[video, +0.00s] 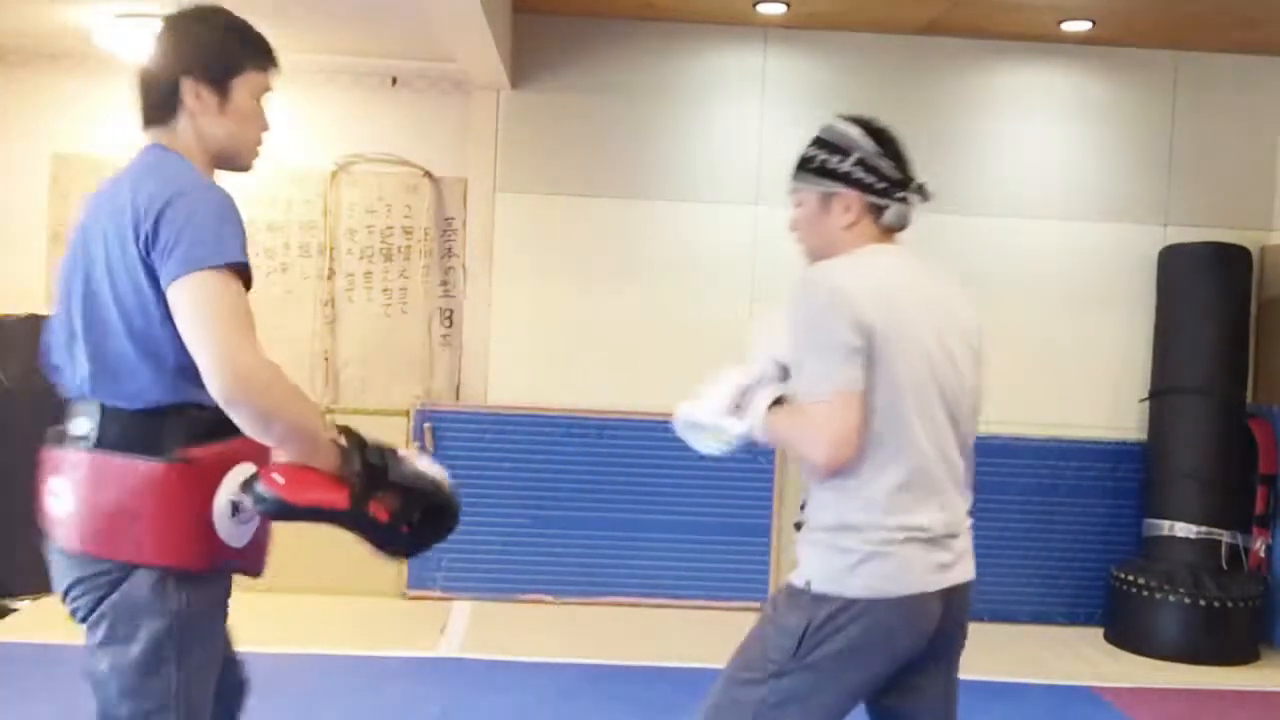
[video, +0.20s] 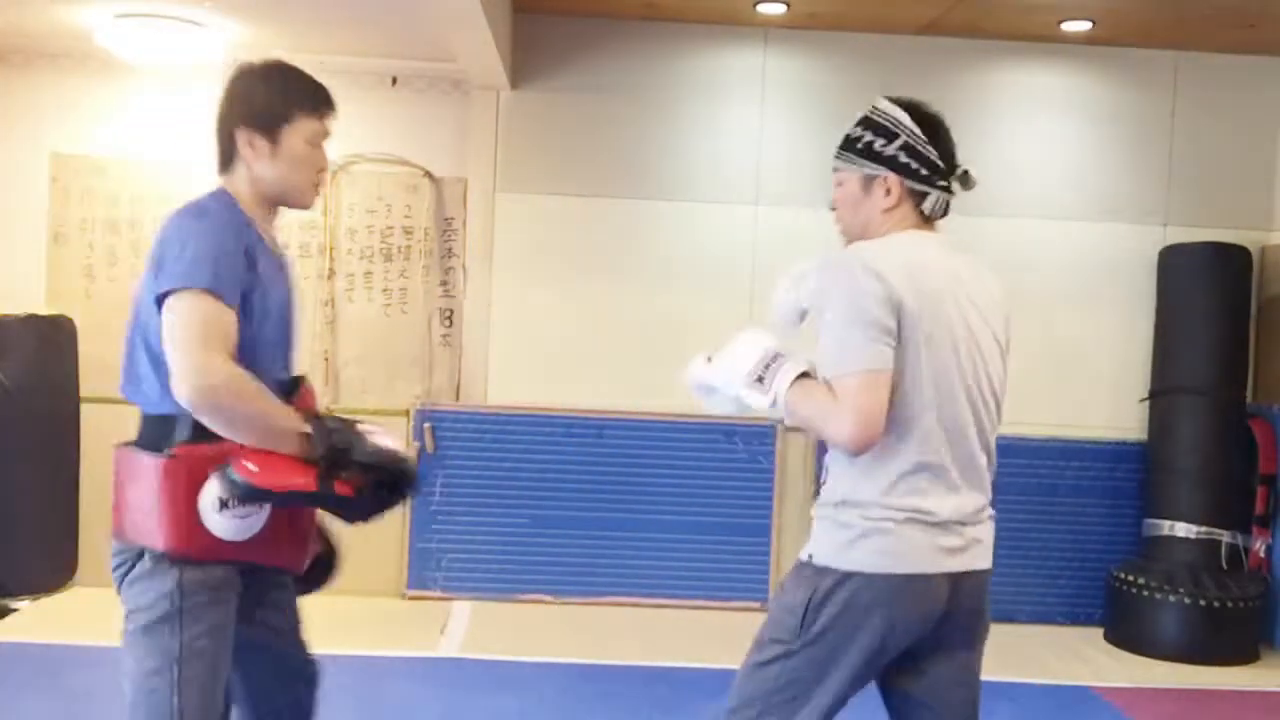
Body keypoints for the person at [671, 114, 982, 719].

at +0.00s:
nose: (791, 220)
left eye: (801, 202)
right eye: (793, 202)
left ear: (847, 206)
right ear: (857, 206)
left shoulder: (832, 286)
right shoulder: (945, 292)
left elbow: (830, 443)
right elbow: (927, 432)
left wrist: (756, 410)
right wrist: (790, 390)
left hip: (851, 597)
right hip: (942, 591)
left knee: (734, 713)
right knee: (920, 713)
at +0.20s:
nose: (831, 199)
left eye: (840, 182)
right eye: (835, 182)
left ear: (887, 188)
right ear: (902, 191)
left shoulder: (862, 270)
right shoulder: (981, 284)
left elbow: (856, 424)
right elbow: (937, 412)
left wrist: (775, 373)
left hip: (863, 576)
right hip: (963, 577)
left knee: (758, 710)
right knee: (945, 714)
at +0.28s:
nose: (831, 200)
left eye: (841, 182)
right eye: (835, 182)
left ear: (887, 191)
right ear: (907, 194)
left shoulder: (863, 273)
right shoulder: (984, 290)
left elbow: (853, 426)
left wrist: (770, 373)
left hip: (861, 580)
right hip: (962, 582)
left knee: (760, 710)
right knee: (944, 713)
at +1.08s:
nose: (699, 210)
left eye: (702, 193)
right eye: (700, 193)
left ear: (729, 198)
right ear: (781, 202)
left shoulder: (749, 291)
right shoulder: (827, 284)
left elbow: (686, 432)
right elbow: (783, 384)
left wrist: (623, 348)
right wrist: (708, 312)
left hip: (737, 566)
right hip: (820, 561)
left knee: (663, 706)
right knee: (772, 705)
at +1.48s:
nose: (660, 203)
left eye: (662, 187)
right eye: (664, 187)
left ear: (678, 195)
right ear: (740, 201)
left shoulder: (666, 286)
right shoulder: (778, 286)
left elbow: (551, 381)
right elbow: (833, 383)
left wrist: (549, 302)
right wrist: (782, 325)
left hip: (635, 535)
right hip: (694, 531)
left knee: (611, 708)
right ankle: (473, 456)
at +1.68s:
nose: (634, 207)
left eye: (636, 192)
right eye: (636, 192)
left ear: (650, 199)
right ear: (713, 203)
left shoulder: (625, 289)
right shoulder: (758, 298)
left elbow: (557, 418)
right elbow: (780, 418)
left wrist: (529, 347)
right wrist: (710, 377)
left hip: (618, 537)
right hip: (699, 533)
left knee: (615, 702)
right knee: (641, 616)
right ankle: (658, 707)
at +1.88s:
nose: (627, 229)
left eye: (630, 217)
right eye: (630, 216)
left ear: (642, 224)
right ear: (702, 228)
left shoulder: (596, 299)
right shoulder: (741, 323)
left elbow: (553, 426)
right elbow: (739, 442)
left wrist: (529, 381)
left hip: (599, 547)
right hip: (699, 546)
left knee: (535, 676)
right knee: (711, 701)